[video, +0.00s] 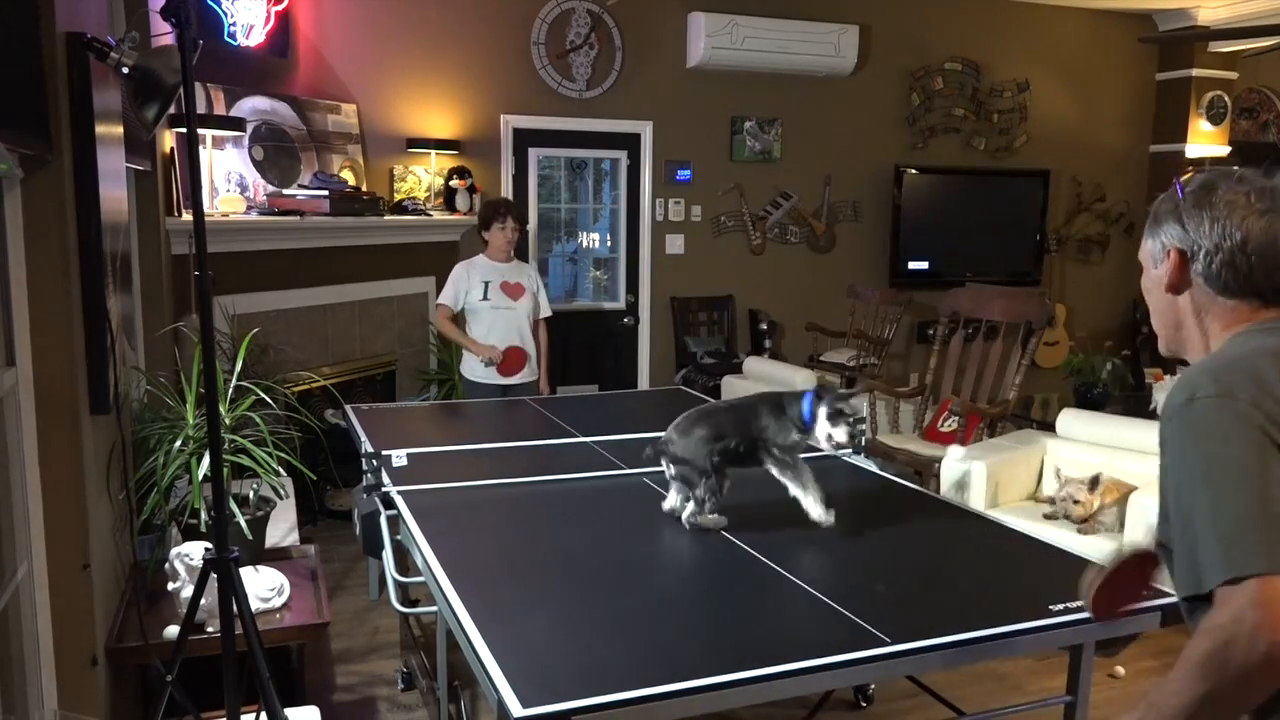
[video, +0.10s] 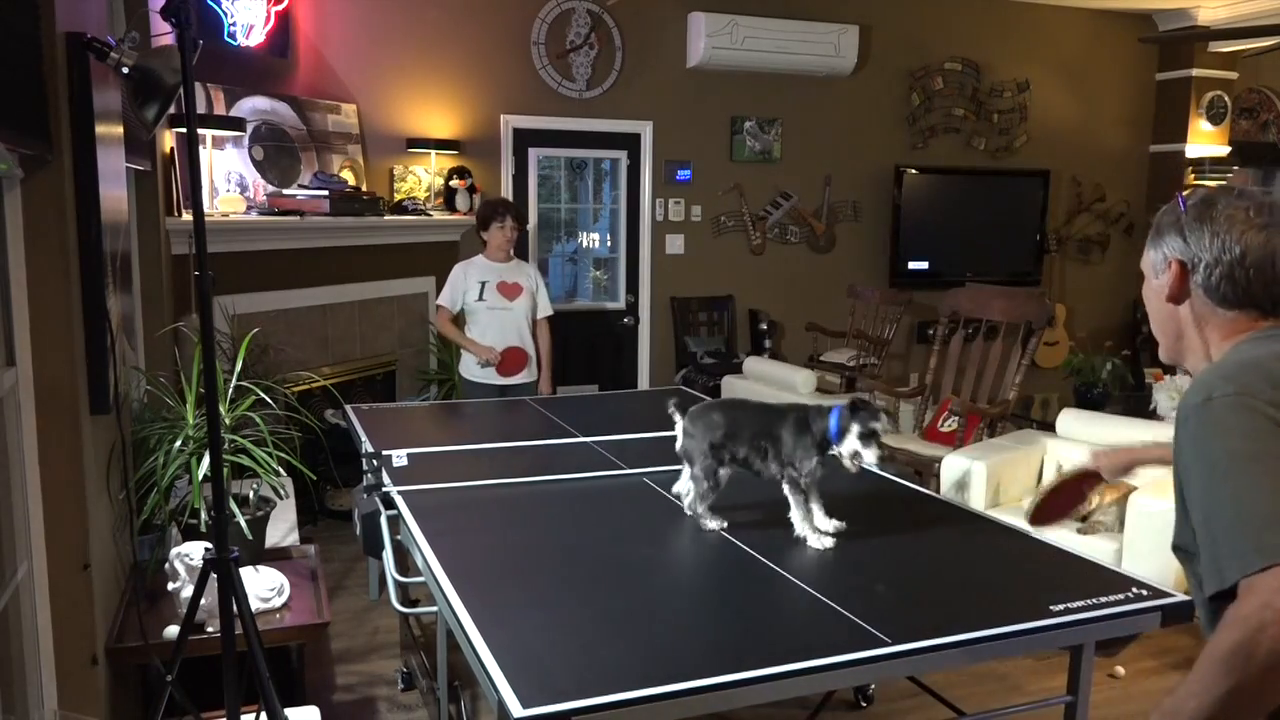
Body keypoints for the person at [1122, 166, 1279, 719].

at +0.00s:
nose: (1145, 290)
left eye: (1145, 267)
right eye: (1143, 269)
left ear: (1175, 268)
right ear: (1259, 261)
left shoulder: (1217, 392)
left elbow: (1258, 622)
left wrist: (1156, 709)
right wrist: (1171, 558)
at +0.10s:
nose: (1145, 298)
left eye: (1145, 278)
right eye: (1142, 279)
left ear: (1176, 278)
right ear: (1253, 272)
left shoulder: (1226, 401)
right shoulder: (1266, 366)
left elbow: (1268, 602)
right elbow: (1254, 449)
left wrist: (1175, 711)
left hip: (1258, 701)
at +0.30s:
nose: (1159, 281)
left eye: (1164, 262)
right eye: (1159, 263)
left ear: (1200, 265)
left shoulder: (1248, 398)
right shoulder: (1260, 379)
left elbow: (1273, 601)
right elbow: (1249, 435)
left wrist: (1184, 711)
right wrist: (1143, 438)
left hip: (1265, 699)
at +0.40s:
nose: (1178, 256)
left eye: (1184, 236)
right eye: (1179, 236)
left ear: (1227, 240)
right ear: (1232, 241)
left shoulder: (1267, 379)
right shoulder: (1261, 372)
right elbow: (1266, 515)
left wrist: (1208, 704)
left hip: (1269, 702)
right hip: (1259, 697)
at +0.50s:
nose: (1208, 249)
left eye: (1217, 229)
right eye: (1212, 230)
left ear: (1259, 235)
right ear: (1259, 234)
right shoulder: (1272, 379)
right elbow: (1265, 541)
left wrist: (1271, 675)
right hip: (1255, 654)